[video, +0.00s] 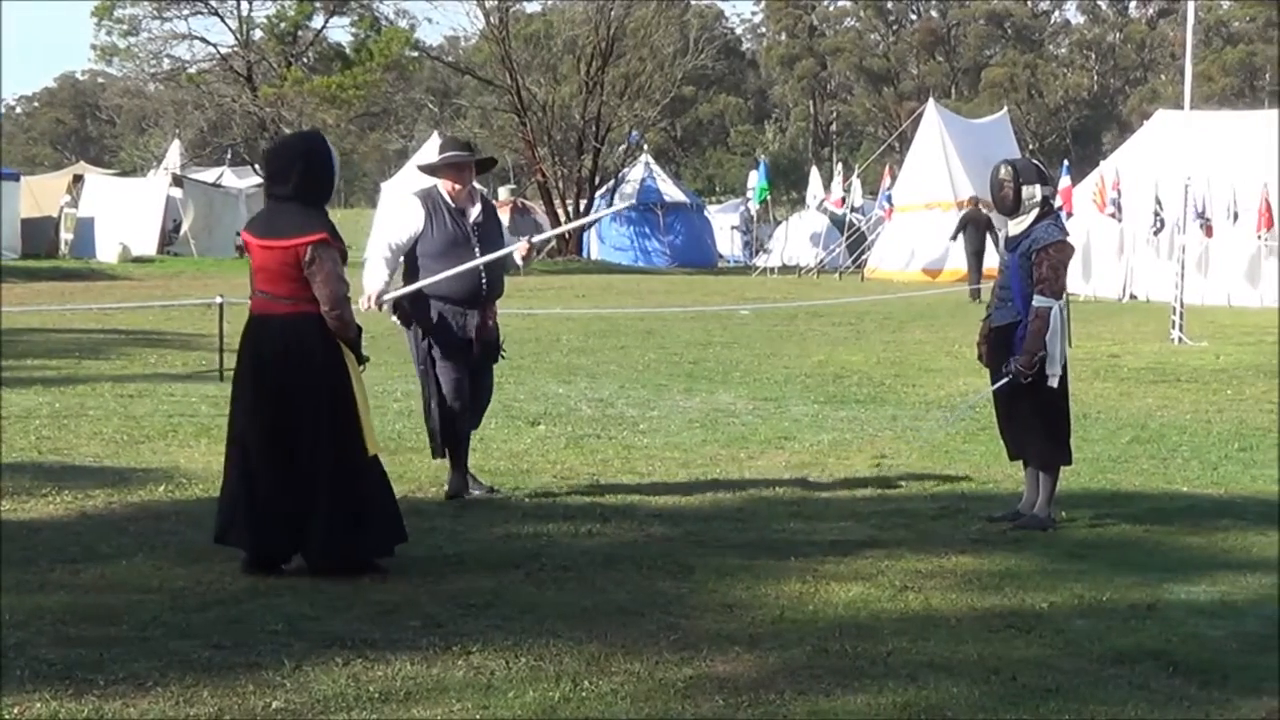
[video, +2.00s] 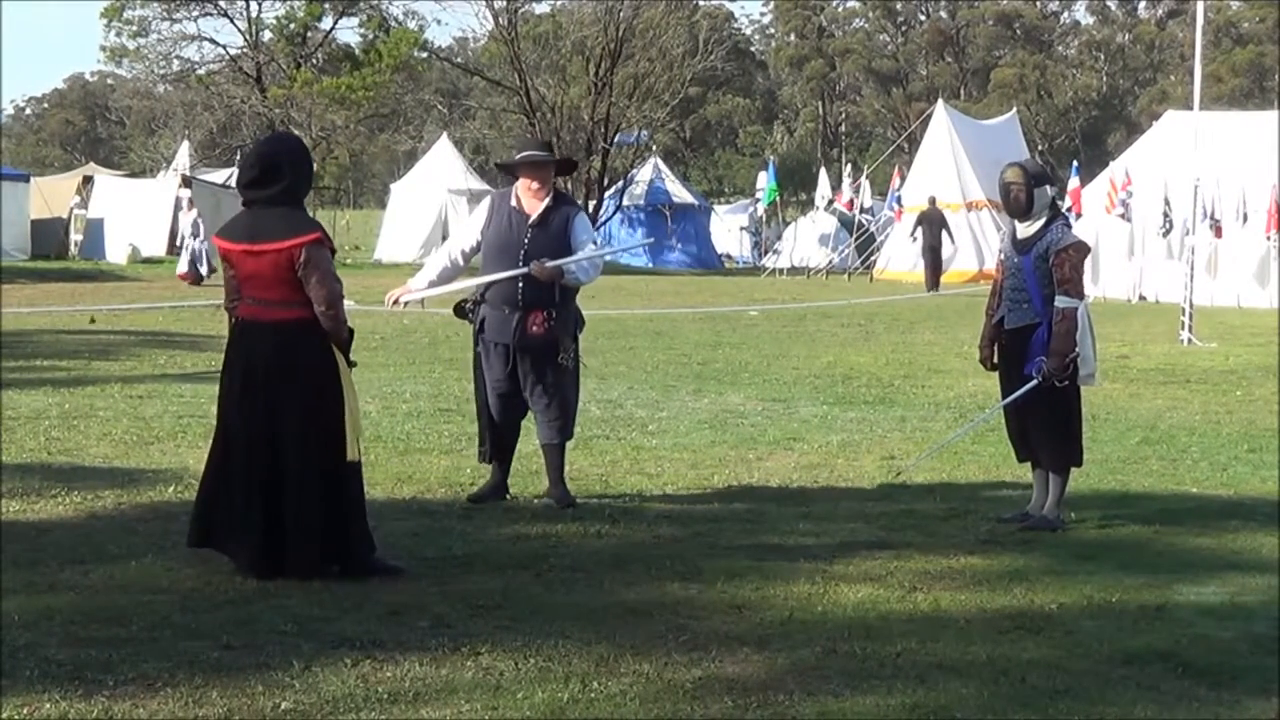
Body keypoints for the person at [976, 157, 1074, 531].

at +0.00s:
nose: (1003, 193)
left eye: (1010, 187)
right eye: (1001, 186)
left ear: (1032, 190)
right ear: (1001, 191)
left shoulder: (1048, 236)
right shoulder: (1015, 231)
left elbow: (1046, 303)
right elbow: (1005, 285)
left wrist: (1028, 354)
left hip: (1036, 338)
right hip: (1008, 336)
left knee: (1043, 419)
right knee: (1021, 418)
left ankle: (1044, 508)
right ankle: (1029, 501)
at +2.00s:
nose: (1010, 197)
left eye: (1018, 190)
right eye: (1006, 190)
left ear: (1041, 193)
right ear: (1004, 194)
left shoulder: (1061, 238)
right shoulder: (1011, 235)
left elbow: (1069, 301)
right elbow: (1000, 289)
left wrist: (1059, 354)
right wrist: (989, 335)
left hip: (1047, 337)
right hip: (1013, 337)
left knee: (1053, 416)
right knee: (1026, 415)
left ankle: (1053, 507)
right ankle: (1039, 501)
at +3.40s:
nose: (1004, 198)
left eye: (1012, 191)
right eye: (1000, 191)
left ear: (1035, 194)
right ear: (998, 196)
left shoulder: (1057, 238)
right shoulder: (1007, 236)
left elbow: (1065, 302)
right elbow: (996, 290)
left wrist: (1058, 355)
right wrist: (986, 336)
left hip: (1044, 339)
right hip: (1011, 340)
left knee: (1051, 419)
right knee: (1026, 418)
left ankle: (1053, 508)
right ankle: (1038, 502)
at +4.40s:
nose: (1006, 198)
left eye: (1014, 191)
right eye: (1003, 191)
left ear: (1037, 194)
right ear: (1000, 195)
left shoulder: (1057, 238)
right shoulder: (1010, 236)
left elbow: (1066, 301)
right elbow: (999, 289)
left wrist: (1058, 354)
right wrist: (989, 336)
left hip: (1045, 338)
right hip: (1013, 339)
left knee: (1051, 418)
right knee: (1026, 417)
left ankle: (1053, 508)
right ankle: (1038, 501)